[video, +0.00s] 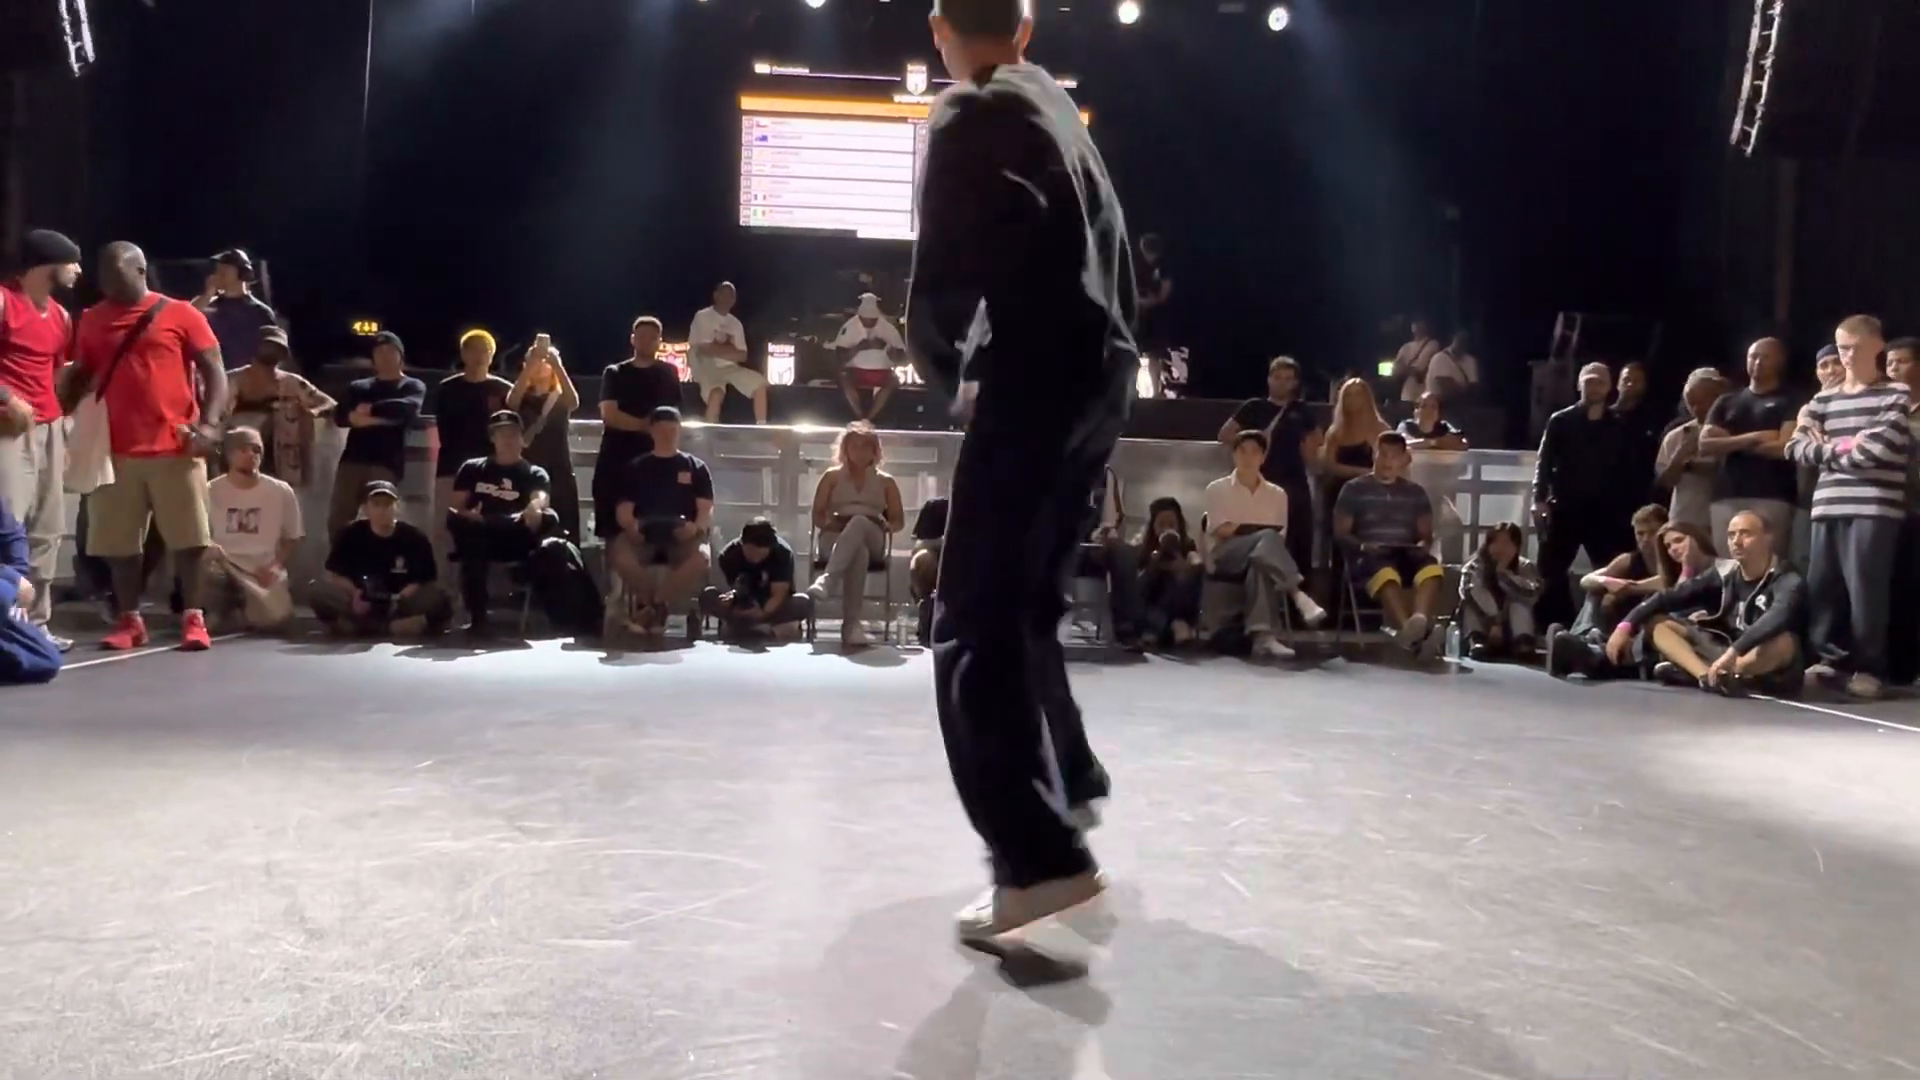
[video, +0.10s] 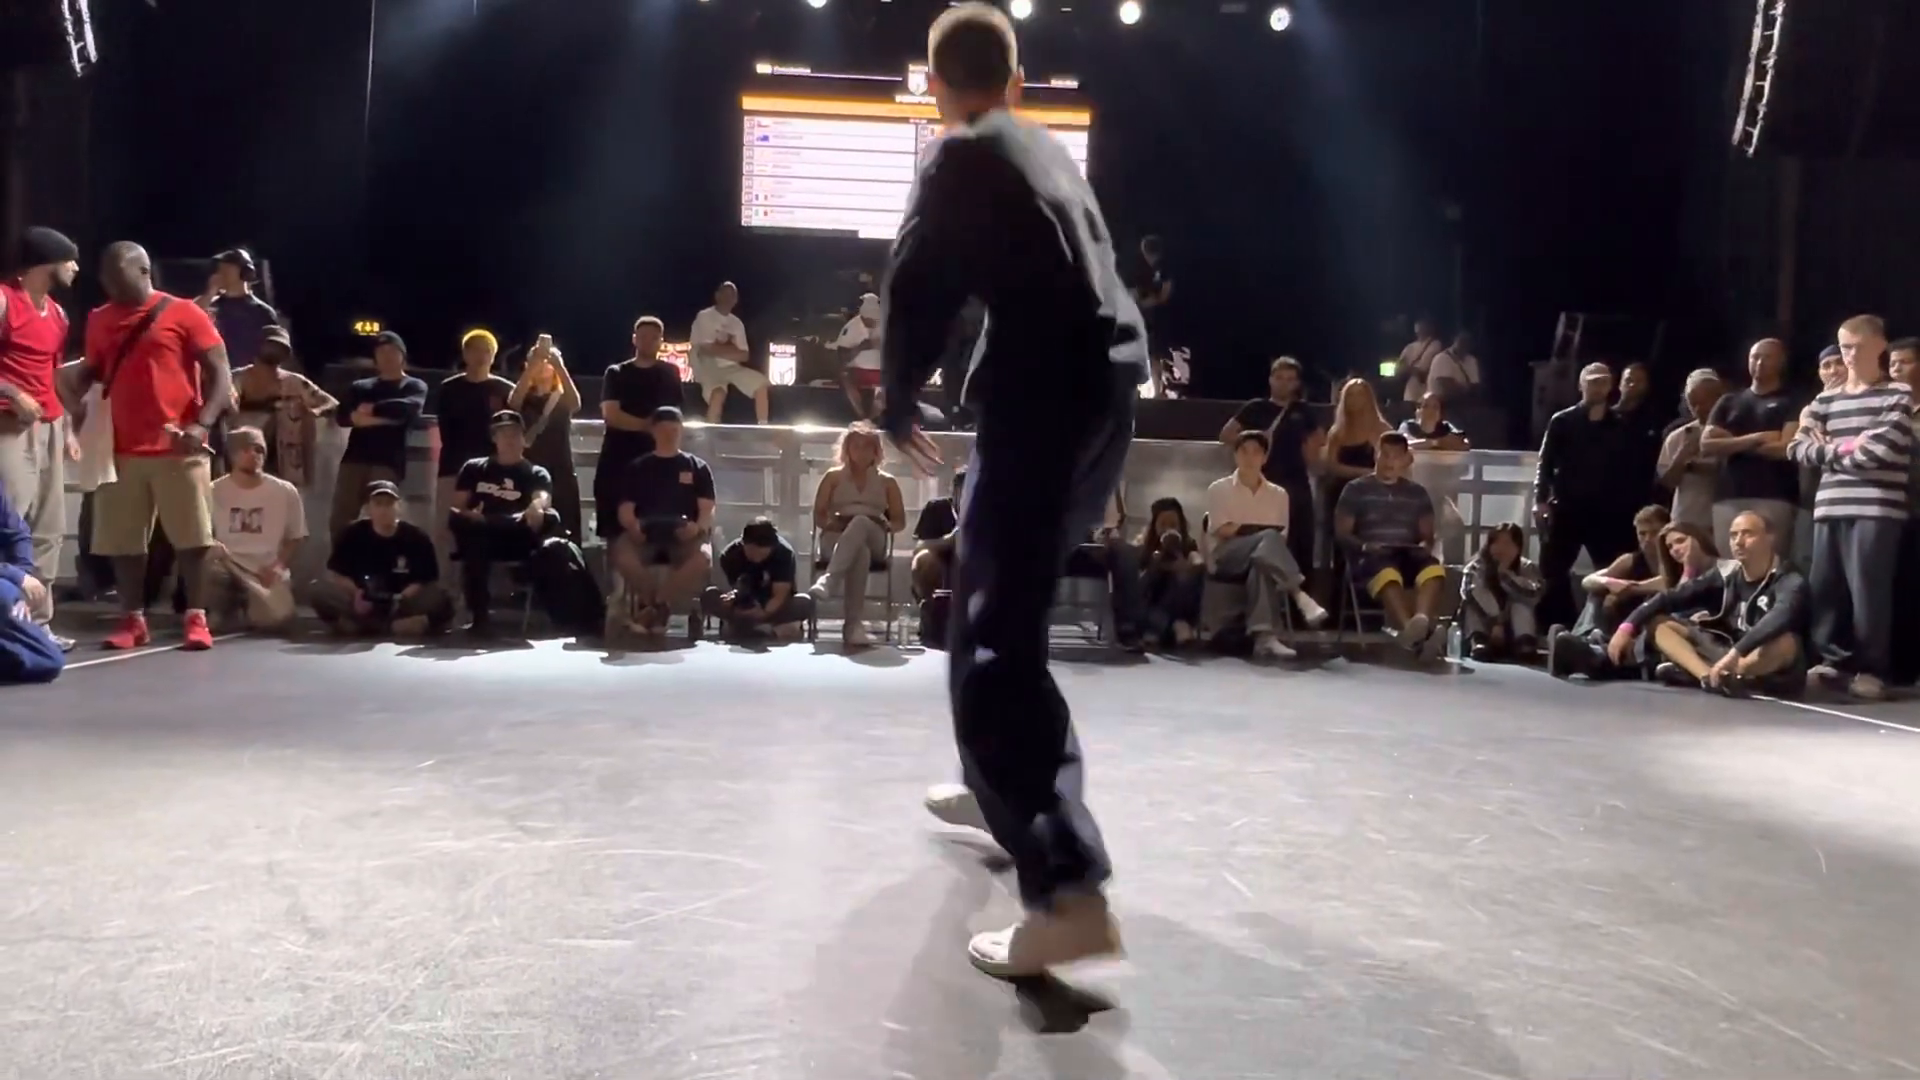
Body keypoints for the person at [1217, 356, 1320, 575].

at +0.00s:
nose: (1282, 383)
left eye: (1288, 379)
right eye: (1277, 378)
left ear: (1296, 383)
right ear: (1269, 380)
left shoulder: (1302, 411)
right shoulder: (1254, 407)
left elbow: (1313, 449)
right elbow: (1225, 434)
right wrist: (1253, 452)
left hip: (1293, 484)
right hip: (1259, 482)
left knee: (1298, 543)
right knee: (1259, 538)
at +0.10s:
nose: (1283, 383)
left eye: (1289, 379)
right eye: (1278, 378)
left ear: (1297, 384)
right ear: (1270, 380)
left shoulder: (1304, 412)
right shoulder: (1256, 407)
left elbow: (1315, 447)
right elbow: (1226, 434)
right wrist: (1254, 452)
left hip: (1294, 484)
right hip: (1260, 482)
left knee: (1299, 542)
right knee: (1260, 538)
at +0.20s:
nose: (1284, 383)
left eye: (1290, 379)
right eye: (1279, 378)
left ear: (1298, 384)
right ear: (1271, 380)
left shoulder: (1304, 412)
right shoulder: (1257, 407)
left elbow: (1317, 443)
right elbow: (1227, 434)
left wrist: (1308, 464)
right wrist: (1255, 451)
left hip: (1295, 485)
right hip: (1261, 483)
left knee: (1300, 543)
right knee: (1261, 539)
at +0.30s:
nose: (1286, 383)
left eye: (1292, 379)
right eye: (1281, 378)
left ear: (1299, 385)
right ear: (1272, 381)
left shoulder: (1306, 412)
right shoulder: (1258, 408)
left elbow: (1320, 442)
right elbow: (1228, 435)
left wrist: (1309, 462)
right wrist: (1258, 446)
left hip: (1297, 485)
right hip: (1263, 484)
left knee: (1302, 541)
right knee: (1265, 536)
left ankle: (1300, 595)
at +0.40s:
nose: (1286, 384)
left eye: (1292, 379)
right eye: (1281, 378)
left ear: (1300, 384)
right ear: (1274, 381)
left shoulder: (1306, 411)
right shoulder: (1258, 408)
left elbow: (1319, 444)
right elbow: (1229, 434)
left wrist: (1314, 468)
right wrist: (1255, 453)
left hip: (1298, 485)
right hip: (1263, 484)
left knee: (1304, 543)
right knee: (1262, 538)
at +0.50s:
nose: (1287, 383)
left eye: (1293, 379)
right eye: (1283, 378)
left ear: (1301, 384)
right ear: (1275, 380)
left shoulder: (1307, 411)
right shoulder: (1259, 407)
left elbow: (1322, 441)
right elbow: (1230, 433)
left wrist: (1311, 461)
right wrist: (1256, 452)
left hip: (1299, 484)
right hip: (1265, 484)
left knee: (1303, 544)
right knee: (1268, 538)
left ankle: (1301, 598)